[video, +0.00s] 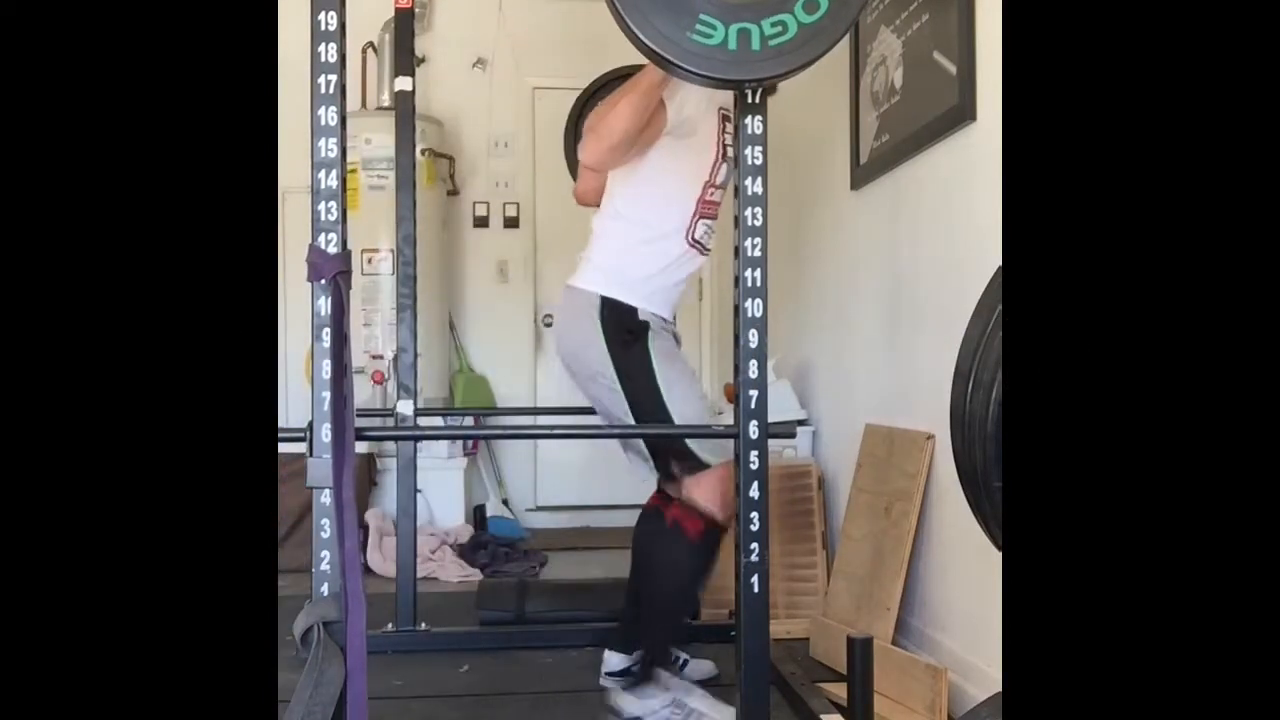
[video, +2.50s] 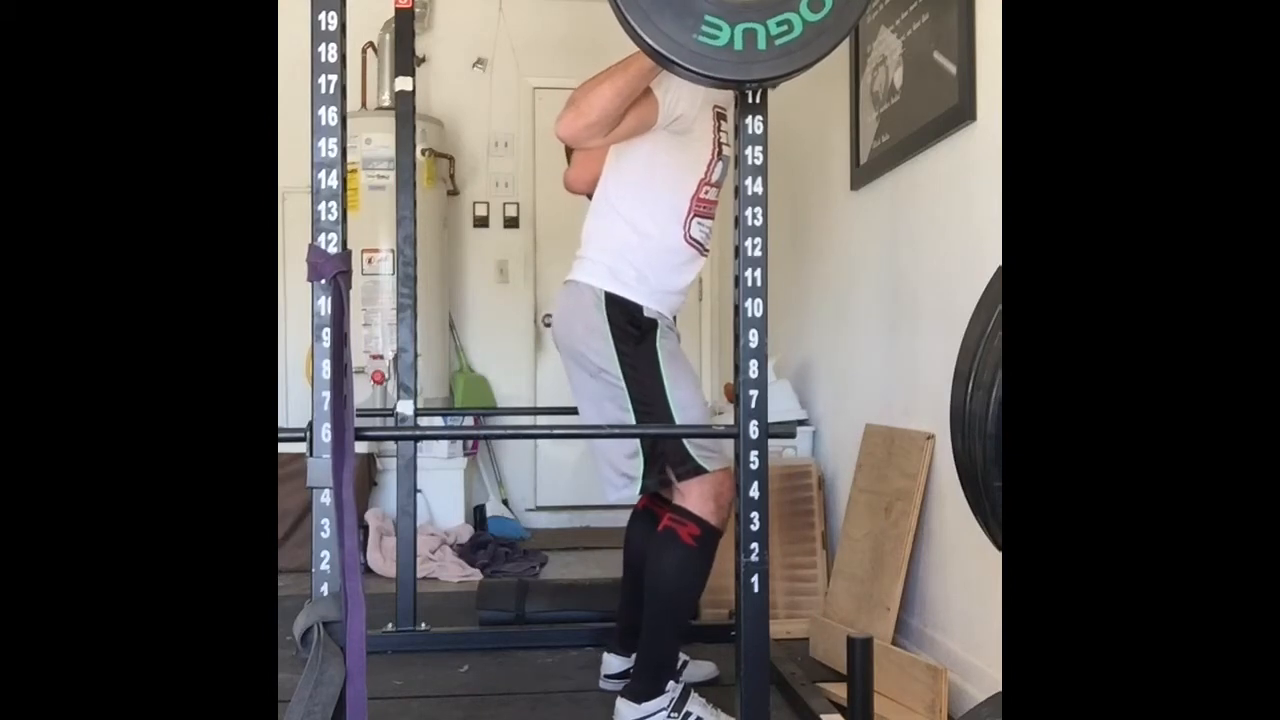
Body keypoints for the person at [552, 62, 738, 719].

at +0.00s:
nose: (761, 45)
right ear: (716, 27)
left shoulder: (709, 105)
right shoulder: (672, 87)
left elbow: (588, 189)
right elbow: (593, 153)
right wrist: (664, 64)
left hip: (629, 313)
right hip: (612, 313)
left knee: (690, 482)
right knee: (710, 486)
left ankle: (640, 649)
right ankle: (643, 673)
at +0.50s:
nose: (756, 39)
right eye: (747, 27)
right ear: (717, 21)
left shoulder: (701, 99)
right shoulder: (676, 74)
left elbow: (577, 178)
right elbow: (579, 133)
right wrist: (662, 46)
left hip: (630, 311)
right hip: (617, 312)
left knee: (672, 485)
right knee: (713, 491)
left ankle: (626, 652)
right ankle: (655, 694)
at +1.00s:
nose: (760, 46)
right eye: (751, 34)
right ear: (721, 27)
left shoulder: (700, 102)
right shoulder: (681, 79)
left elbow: (579, 174)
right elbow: (572, 124)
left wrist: (679, 174)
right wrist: (657, 49)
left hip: (631, 310)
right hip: (619, 310)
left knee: (678, 485)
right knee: (711, 492)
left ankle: (628, 647)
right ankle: (652, 693)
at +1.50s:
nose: (765, 49)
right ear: (729, 31)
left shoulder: (703, 104)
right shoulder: (684, 77)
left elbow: (575, 167)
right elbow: (566, 114)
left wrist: (667, 176)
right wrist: (654, 43)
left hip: (633, 309)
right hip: (616, 309)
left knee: (672, 484)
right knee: (709, 492)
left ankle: (627, 651)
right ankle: (650, 695)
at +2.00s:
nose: (759, 49)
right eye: (751, 35)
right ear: (721, 31)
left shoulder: (695, 105)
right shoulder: (680, 79)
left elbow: (575, 168)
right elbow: (567, 120)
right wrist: (652, 46)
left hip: (626, 306)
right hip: (609, 306)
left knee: (667, 481)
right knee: (704, 486)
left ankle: (628, 650)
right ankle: (651, 694)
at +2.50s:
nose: (764, 46)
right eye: (754, 32)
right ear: (724, 27)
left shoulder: (703, 100)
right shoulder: (683, 78)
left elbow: (579, 174)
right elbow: (572, 125)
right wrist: (657, 47)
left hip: (628, 307)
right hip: (614, 307)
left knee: (671, 486)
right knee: (707, 488)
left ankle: (630, 654)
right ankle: (650, 693)